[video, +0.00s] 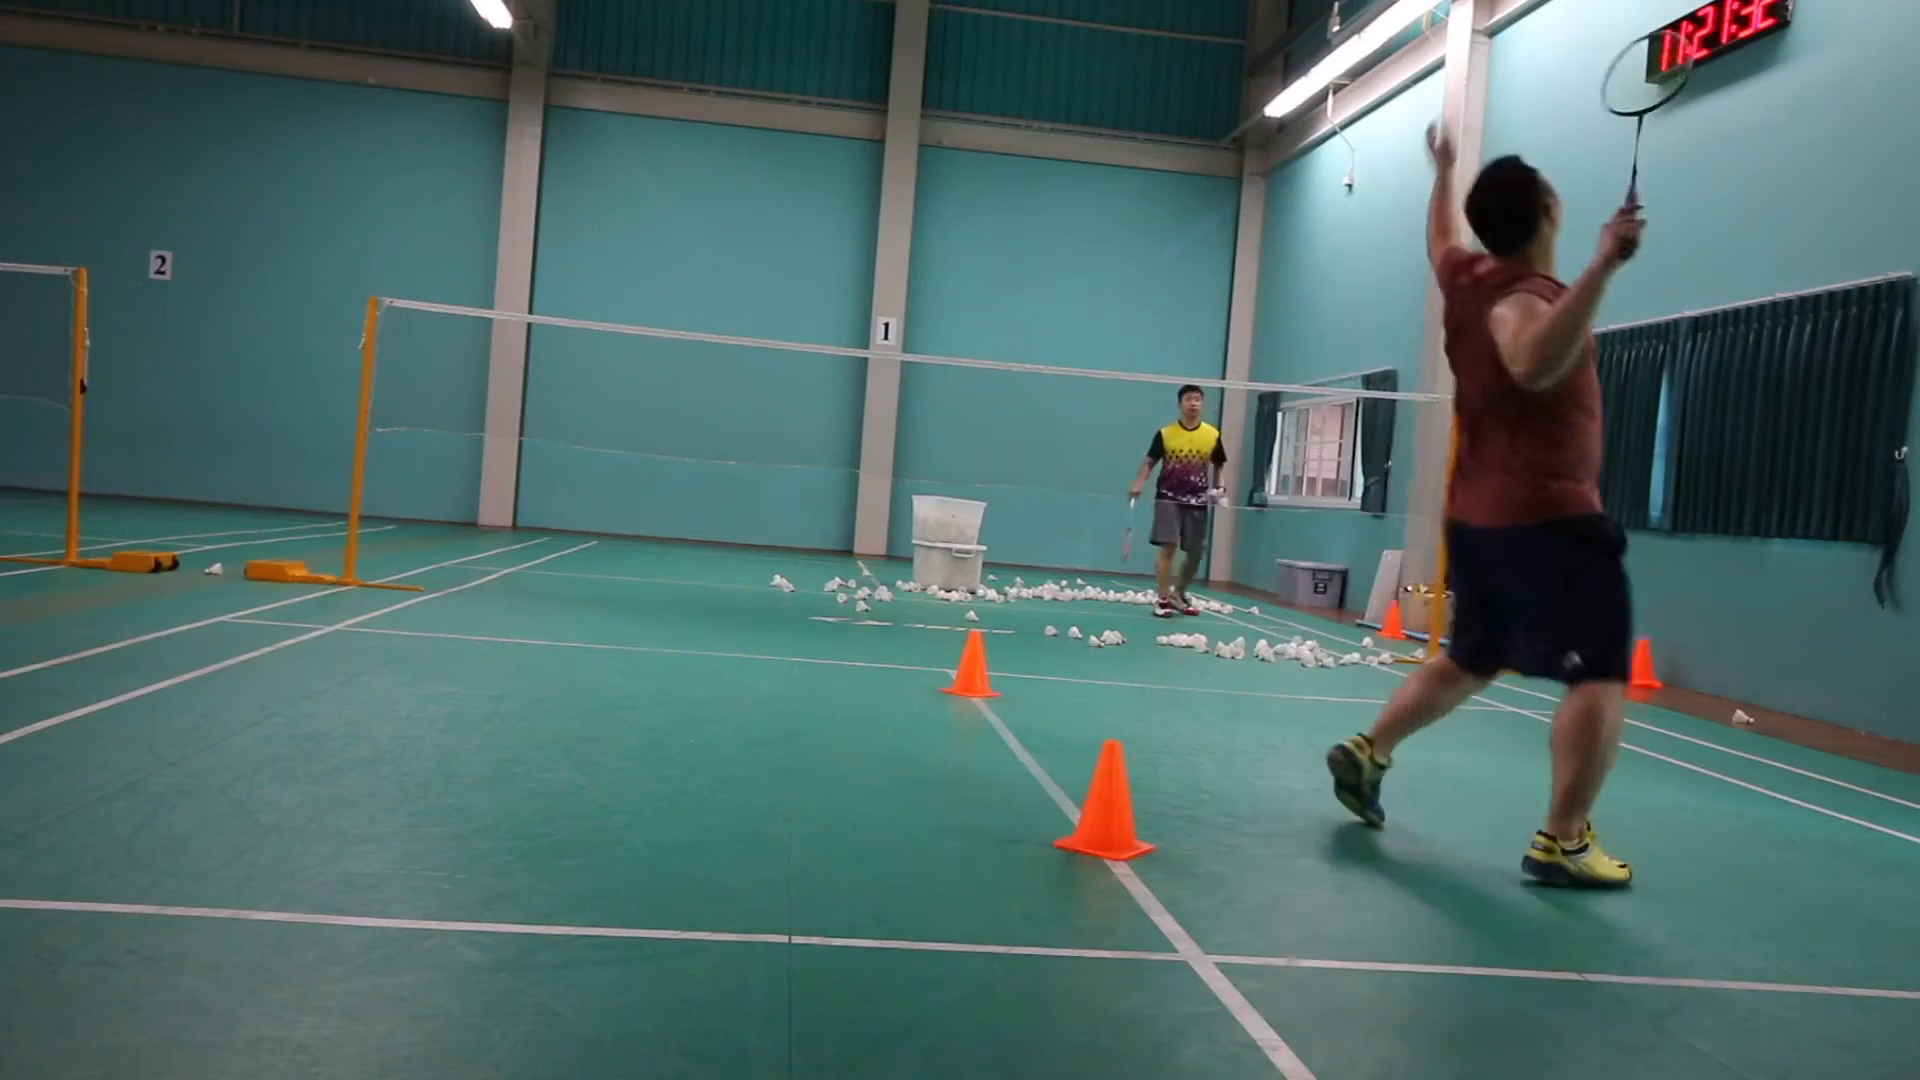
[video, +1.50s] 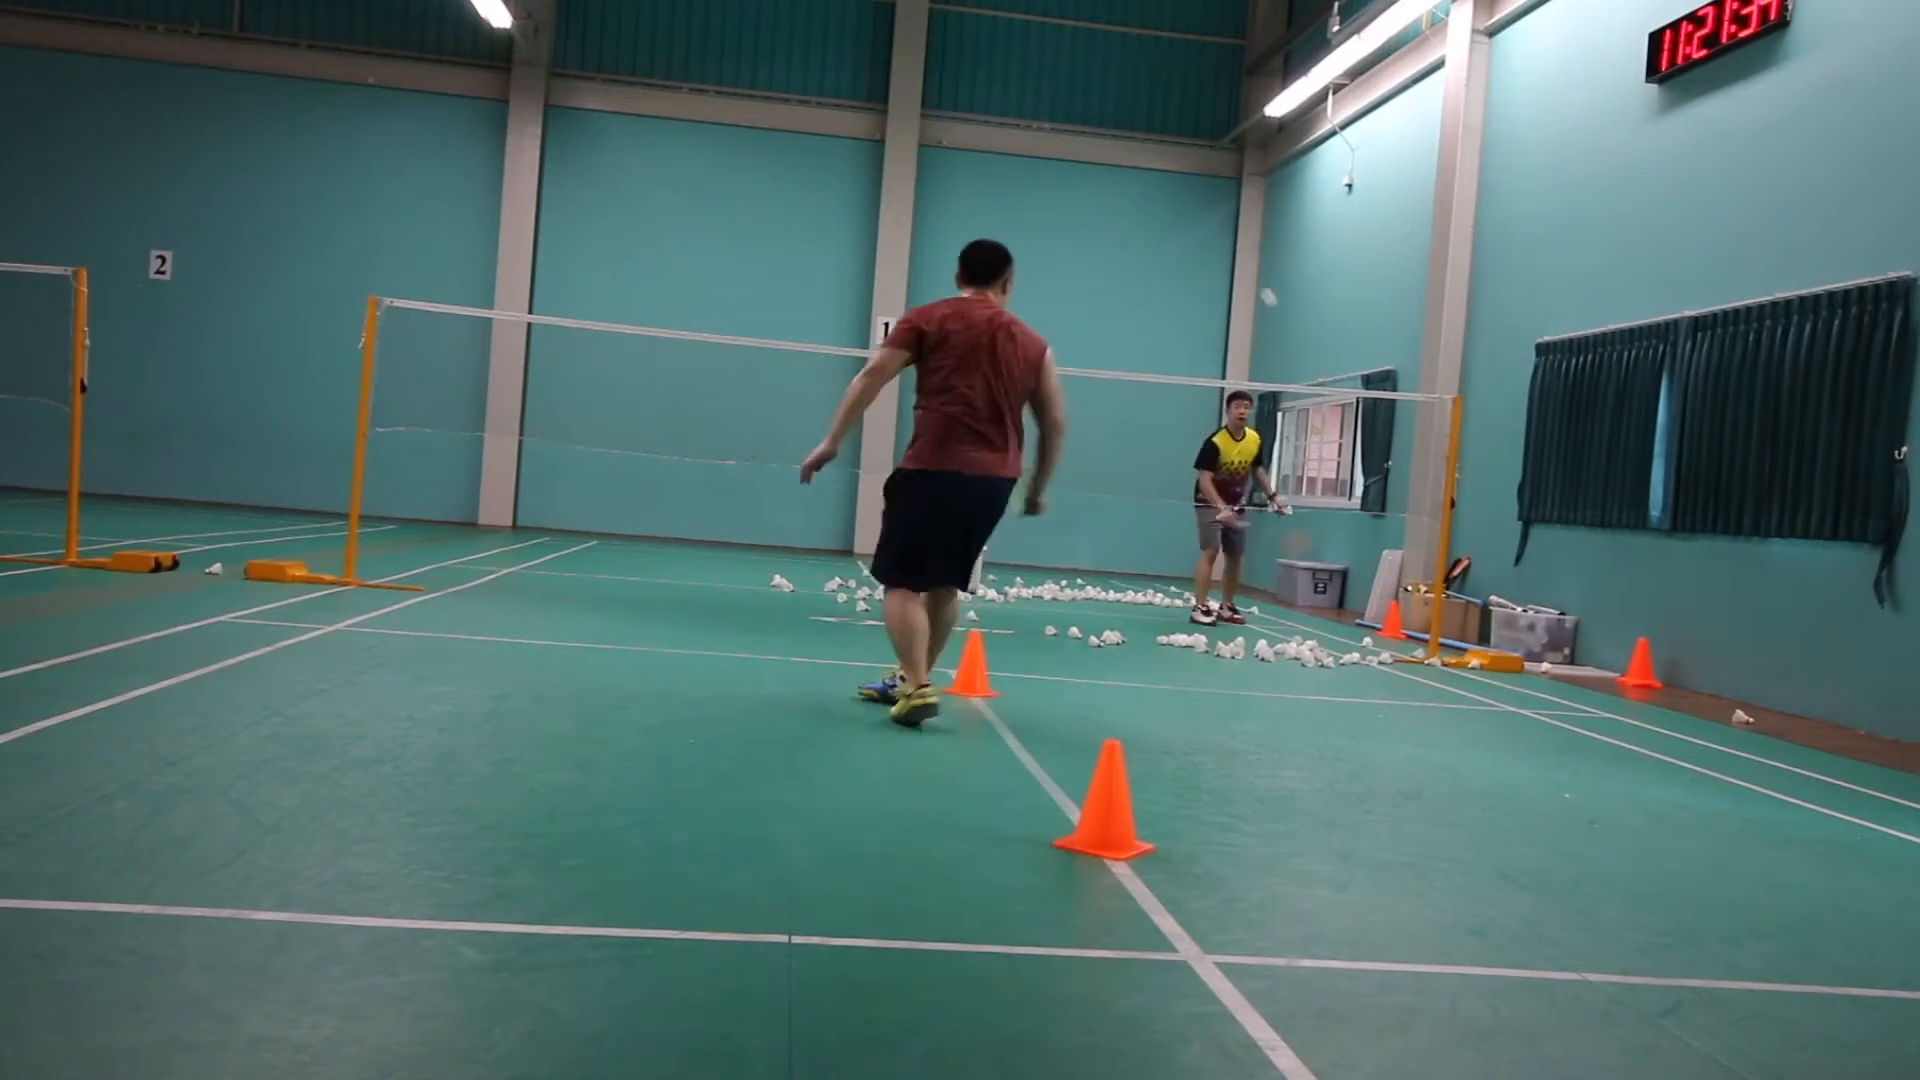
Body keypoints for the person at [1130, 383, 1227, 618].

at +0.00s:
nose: (1193, 404)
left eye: (1197, 399)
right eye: (1188, 399)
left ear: (1202, 404)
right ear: (1180, 404)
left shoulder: (1212, 435)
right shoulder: (1165, 434)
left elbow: (1219, 465)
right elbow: (1150, 462)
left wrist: (1219, 486)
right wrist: (1138, 484)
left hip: (1198, 501)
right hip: (1169, 498)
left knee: (1194, 554)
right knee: (1168, 547)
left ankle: (1179, 593)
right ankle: (1163, 597)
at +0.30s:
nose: (1209, 404)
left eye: (1212, 400)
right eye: (1204, 400)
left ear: (1217, 405)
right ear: (1194, 405)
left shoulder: (1229, 436)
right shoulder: (1181, 437)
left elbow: (1235, 465)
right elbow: (1167, 466)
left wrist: (1239, 492)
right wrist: (1166, 493)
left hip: (1216, 506)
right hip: (1185, 503)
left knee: (1222, 555)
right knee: (1178, 551)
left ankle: (1228, 605)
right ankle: (1164, 599)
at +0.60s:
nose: (1236, 417)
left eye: (1240, 412)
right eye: (1232, 411)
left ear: (1245, 415)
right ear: (1222, 413)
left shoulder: (1249, 440)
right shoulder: (1206, 439)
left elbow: (1252, 468)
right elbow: (1188, 464)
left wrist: (1261, 490)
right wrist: (1200, 484)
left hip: (1229, 506)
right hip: (1200, 504)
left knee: (1232, 555)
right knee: (1187, 549)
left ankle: (1229, 605)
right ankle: (1169, 597)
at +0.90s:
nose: (1220, 415)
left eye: (1224, 409)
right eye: (1217, 408)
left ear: (1227, 411)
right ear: (1209, 410)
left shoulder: (1230, 437)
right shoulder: (1197, 435)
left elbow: (1234, 467)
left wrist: (1244, 495)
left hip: (1222, 503)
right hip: (1198, 501)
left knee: (1222, 556)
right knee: (1195, 557)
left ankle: (1226, 602)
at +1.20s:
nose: (1221, 410)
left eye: (1226, 406)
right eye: (1217, 405)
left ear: (1234, 410)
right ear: (1210, 409)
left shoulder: (1246, 438)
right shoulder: (1197, 441)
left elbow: (1254, 466)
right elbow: (1184, 475)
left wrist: (1264, 492)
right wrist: (1175, 508)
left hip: (1235, 510)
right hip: (1203, 508)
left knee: (1234, 558)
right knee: (1192, 554)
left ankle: (1227, 606)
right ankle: (1172, 601)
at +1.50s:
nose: (1242, 412)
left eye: (1246, 408)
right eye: (1237, 407)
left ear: (1250, 412)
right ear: (1228, 411)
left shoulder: (1255, 439)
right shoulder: (1214, 442)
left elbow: (1257, 469)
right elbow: (1204, 480)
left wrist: (1272, 496)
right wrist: (1222, 507)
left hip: (1236, 504)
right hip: (1210, 503)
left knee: (1234, 556)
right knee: (1211, 552)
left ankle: (1227, 605)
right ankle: (1200, 605)